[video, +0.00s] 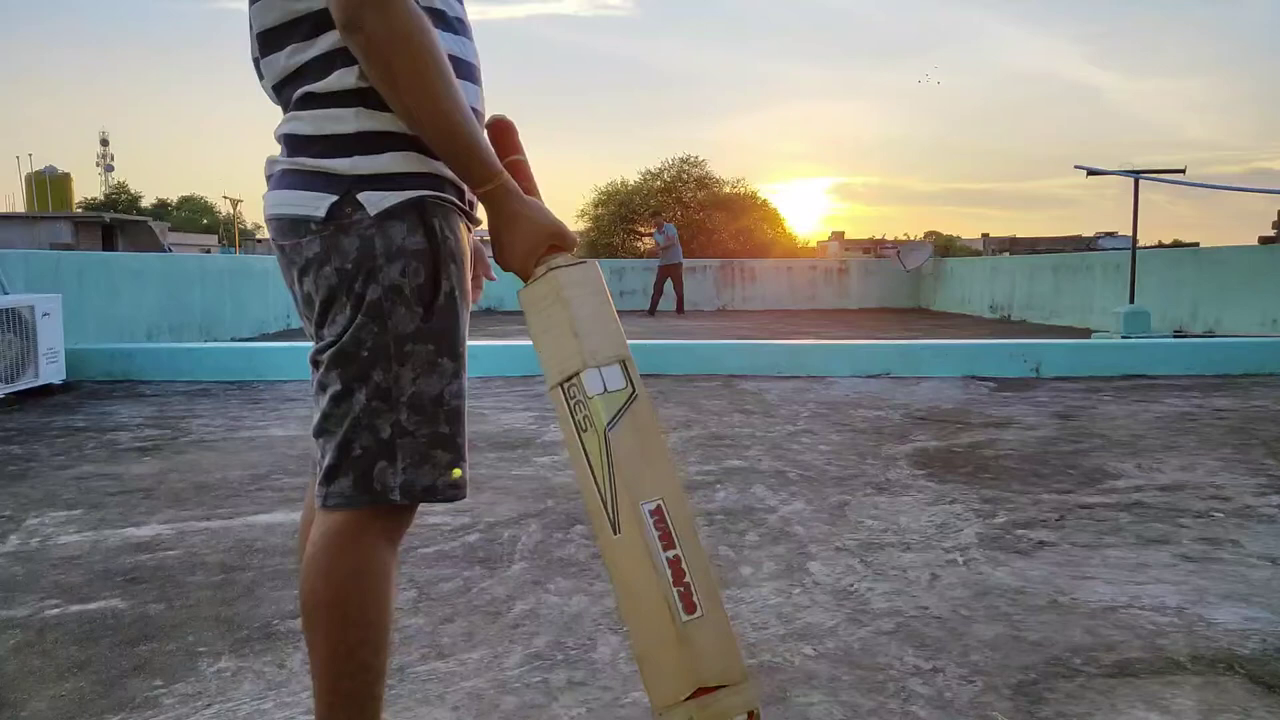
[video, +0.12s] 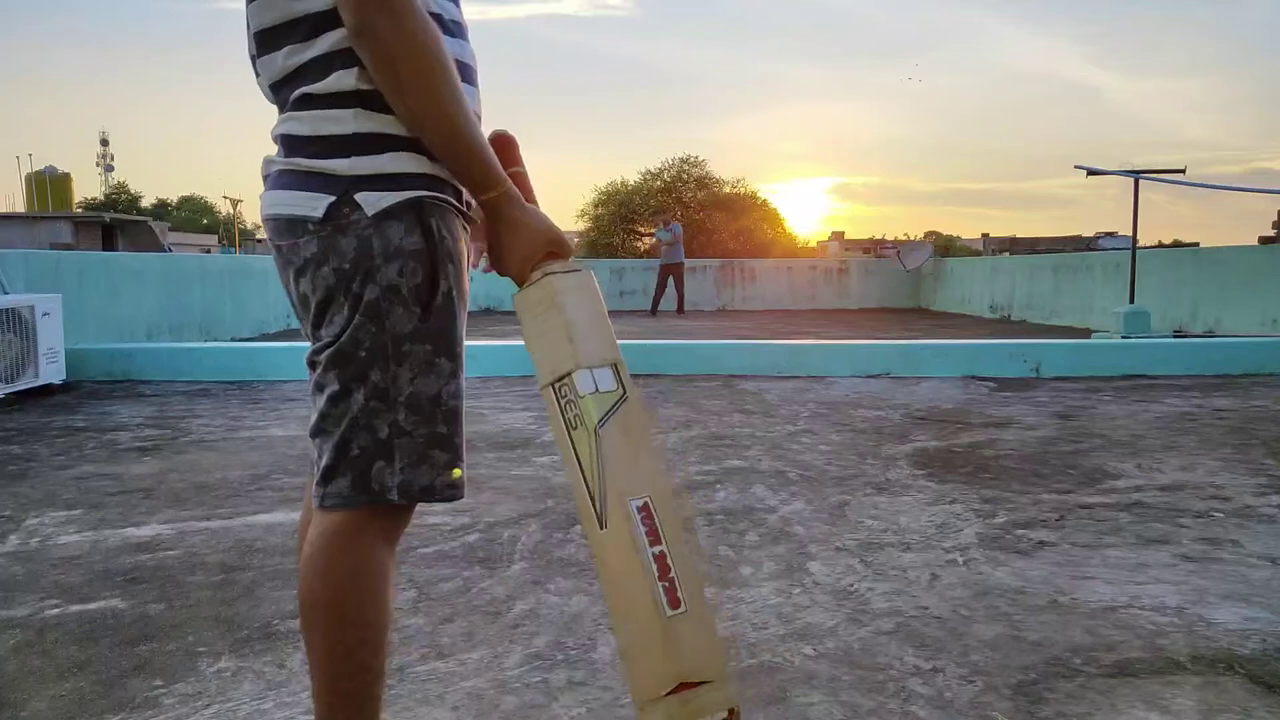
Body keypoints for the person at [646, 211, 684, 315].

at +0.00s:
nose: (655, 222)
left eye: (657, 219)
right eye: (653, 220)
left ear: (662, 218)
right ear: (653, 221)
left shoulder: (670, 227)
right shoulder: (656, 234)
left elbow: (673, 241)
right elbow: (658, 247)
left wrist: (660, 248)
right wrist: (654, 251)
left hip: (675, 261)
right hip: (664, 262)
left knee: (678, 289)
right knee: (658, 288)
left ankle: (680, 310)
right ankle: (651, 311)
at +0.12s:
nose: (664, 218)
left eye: (665, 215)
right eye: (662, 216)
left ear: (670, 216)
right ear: (660, 218)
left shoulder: (676, 227)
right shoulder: (659, 231)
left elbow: (677, 239)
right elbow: (643, 235)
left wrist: (662, 243)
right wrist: (630, 230)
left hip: (677, 261)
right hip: (665, 262)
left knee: (679, 289)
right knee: (660, 288)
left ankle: (680, 310)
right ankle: (653, 310)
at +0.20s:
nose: (668, 217)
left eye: (670, 215)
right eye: (666, 215)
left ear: (674, 216)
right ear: (664, 217)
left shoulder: (680, 226)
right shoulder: (662, 229)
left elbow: (681, 237)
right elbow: (657, 242)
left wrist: (666, 238)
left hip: (679, 260)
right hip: (666, 260)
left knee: (680, 288)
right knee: (660, 287)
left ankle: (680, 310)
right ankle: (657, 309)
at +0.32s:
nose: (675, 215)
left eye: (676, 212)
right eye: (672, 212)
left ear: (680, 214)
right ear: (670, 214)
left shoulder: (683, 224)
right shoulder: (666, 226)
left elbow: (685, 230)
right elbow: (655, 234)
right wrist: (656, 225)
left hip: (681, 259)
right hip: (668, 259)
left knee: (681, 288)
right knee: (663, 286)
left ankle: (681, 309)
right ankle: (661, 309)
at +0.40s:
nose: (675, 214)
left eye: (677, 211)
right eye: (672, 212)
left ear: (680, 213)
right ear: (669, 213)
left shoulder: (684, 224)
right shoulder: (666, 225)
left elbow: (685, 228)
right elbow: (654, 232)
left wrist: (676, 221)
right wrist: (657, 220)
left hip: (681, 259)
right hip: (668, 259)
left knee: (681, 288)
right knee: (665, 287)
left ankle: (681, 309)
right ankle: (662, 309)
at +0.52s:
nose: (674, 215)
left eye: (676, 212)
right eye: (672, 212)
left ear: (680, 213)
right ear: (669, 214)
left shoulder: (684, 224)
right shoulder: (667, 225)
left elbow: (685, 227)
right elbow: (652, 228)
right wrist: (658, 219)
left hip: (681, 260)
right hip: (668, 260)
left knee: (681, 290)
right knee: (666, 289)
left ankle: (681, 312)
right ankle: (664, 312)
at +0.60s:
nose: (674, 215)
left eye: (676, 212)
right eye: (672, 212)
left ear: (680, 214)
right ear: (669, 214)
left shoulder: (684, 224)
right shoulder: (666, 225)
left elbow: (685, 227)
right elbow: (651, 229)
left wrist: (680, 221)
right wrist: (659, 218)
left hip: (681, 259)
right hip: (668, 260)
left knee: (681, 289)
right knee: (668, 289)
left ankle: (680, 311)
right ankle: (667, 312)